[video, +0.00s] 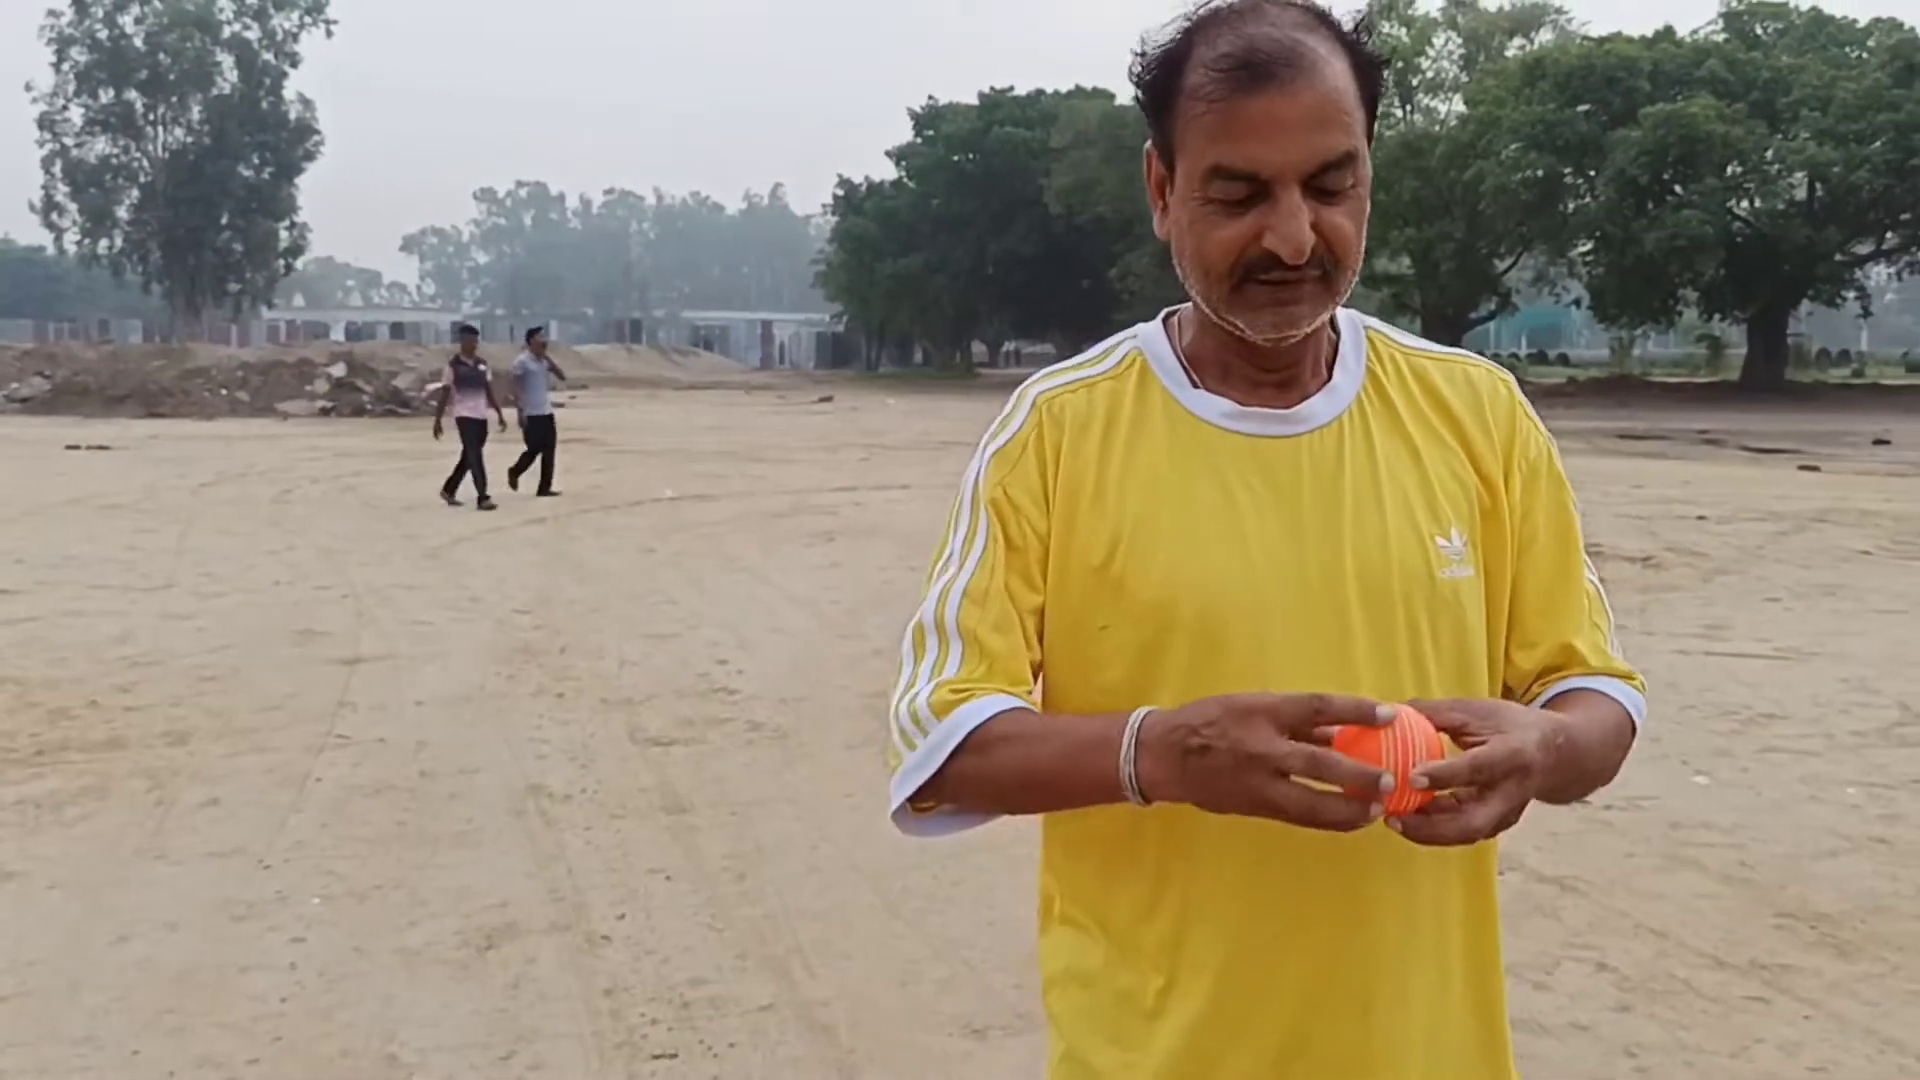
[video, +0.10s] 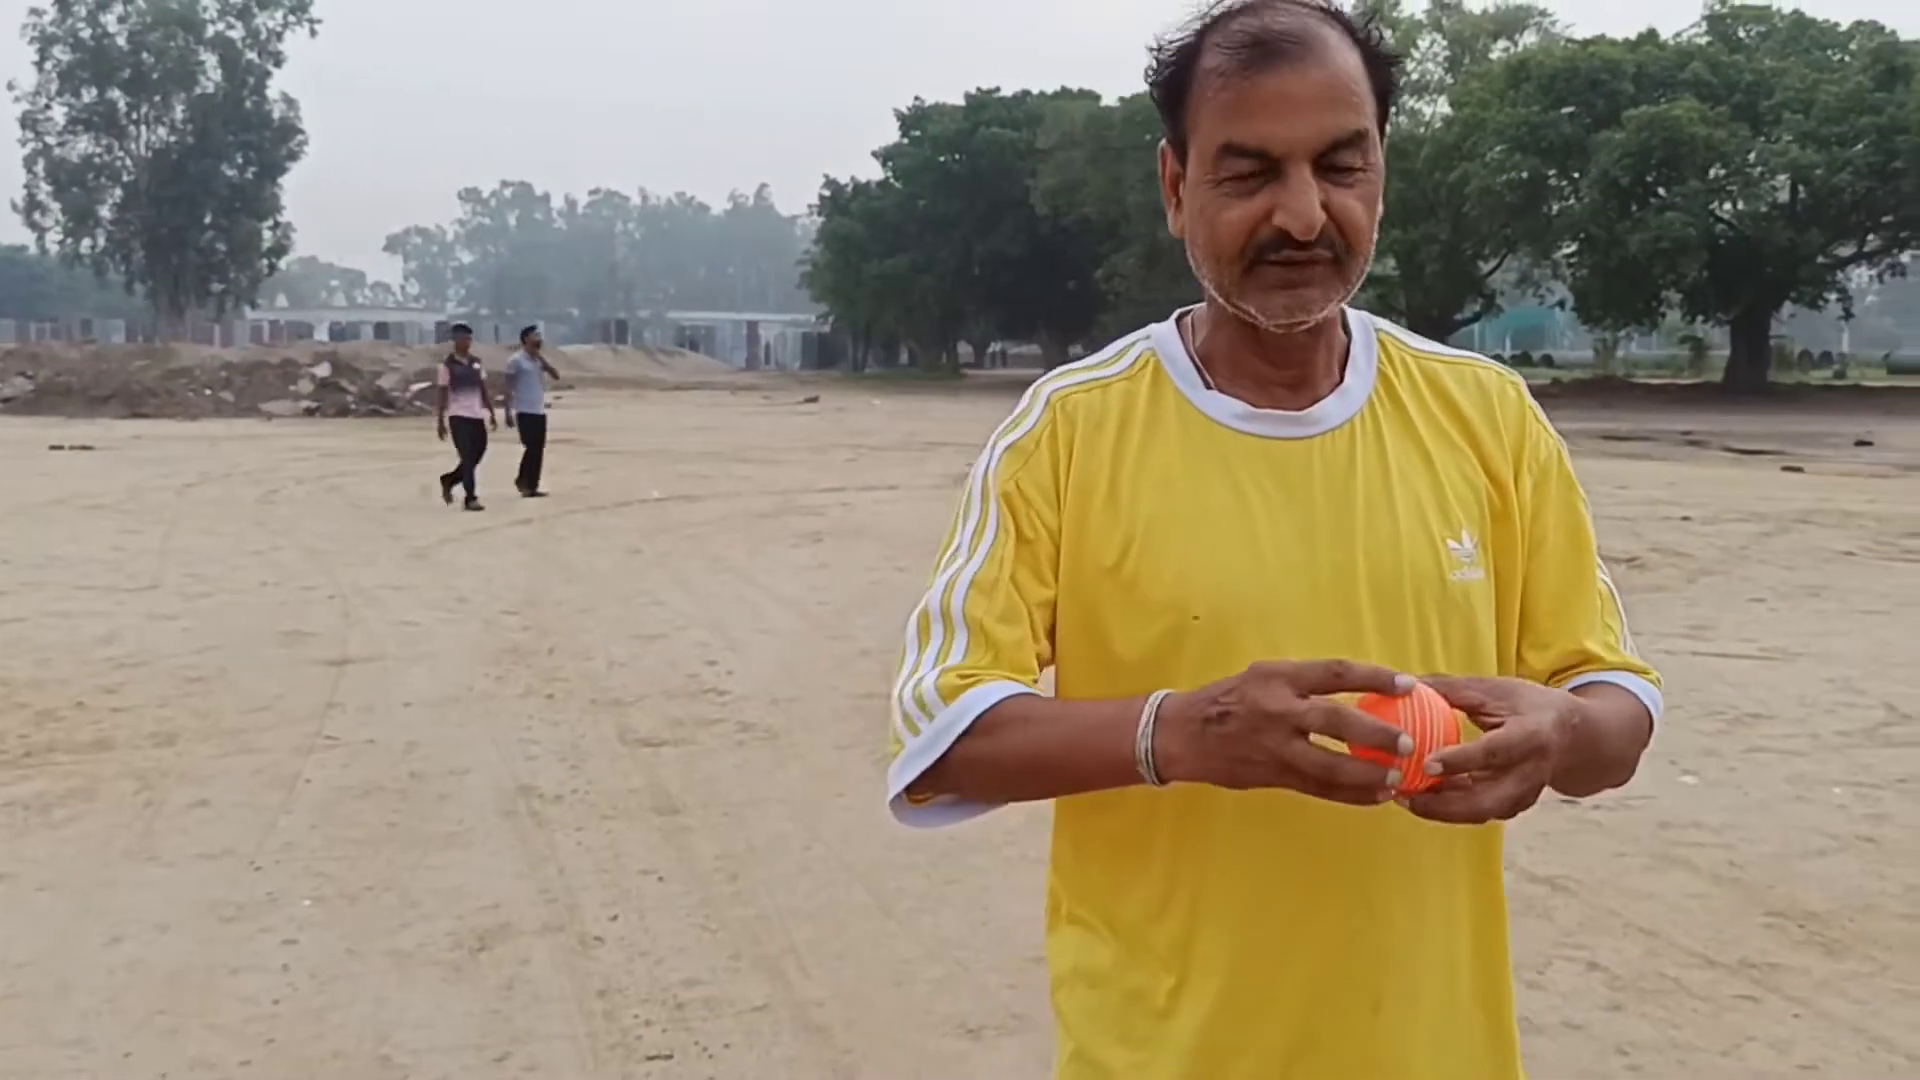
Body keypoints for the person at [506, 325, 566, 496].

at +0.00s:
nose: (543, 342)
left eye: (543, 338)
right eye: (539, 339)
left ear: (542, 341)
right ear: (530, 342)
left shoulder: (542, 361)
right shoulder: (521, 362)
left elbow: (561, 376)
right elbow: (515, 390)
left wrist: (547, 359)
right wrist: (520, 413)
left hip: (546, 413)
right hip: (531, 414)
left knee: (549, 452)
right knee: (534, 449)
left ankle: (545, 486)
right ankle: (514, 472)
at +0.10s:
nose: (538, 343)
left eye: (539, 339)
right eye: (534, 340)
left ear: (540, 341)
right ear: (525, 341)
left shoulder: (537, 360)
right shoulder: (515, 361)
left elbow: (555, 375)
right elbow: (508, 389)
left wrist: (541, 359)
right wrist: (508, 413)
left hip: (538, 410)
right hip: (524, 411)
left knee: (537, 450)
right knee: (531, 448)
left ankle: (533, 485)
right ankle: (523, 479)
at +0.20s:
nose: (523, 341)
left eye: (523, 337)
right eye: (519, 338)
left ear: (521, 341)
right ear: (509, 341)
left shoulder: (521, 362)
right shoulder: (499, 363)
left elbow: (539, 377)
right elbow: (488, 389)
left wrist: (524, 360)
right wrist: (488, 414)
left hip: (521, 412)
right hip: (507, 412)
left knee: (516, 452)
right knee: (517, 450)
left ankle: (507, 488)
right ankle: (521, 486)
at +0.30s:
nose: (512, 344)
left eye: (512, 340)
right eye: (508, 340)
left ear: (510, 344)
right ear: (498, 344)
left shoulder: (511, 365)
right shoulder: (488, 366)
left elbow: (528, 381)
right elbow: (477, 392)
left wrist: (514, 363)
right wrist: (475, 418)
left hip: (510, 416)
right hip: (496, 416)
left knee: (501, 455)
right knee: (507, 454)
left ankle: (489, 488)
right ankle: (520, 488)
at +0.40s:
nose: (495, 344)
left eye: (495, 340)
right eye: (490, 340)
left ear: (494, 344)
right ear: (480, 345)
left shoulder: (494, 366)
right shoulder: (471, 368)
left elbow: (511, 381)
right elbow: (462, 394)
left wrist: (496, 364)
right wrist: (461, 419)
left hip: (494, 415)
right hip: (480, 415)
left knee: (485, 452)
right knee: (491, 453)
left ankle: (467, 483)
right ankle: (498, 489)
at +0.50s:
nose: (487, 338)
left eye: (487, 334)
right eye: (483, 335)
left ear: (486, 338)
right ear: (473, 338)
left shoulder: (487, 360)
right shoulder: (463, 362)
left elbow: (504, 377)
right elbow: (456, 391)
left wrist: (489, 358)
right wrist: (459, 415)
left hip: (488, 412)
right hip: (472, 412)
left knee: (488, 450)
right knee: (481, 452)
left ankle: (465, 471)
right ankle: (482, 488)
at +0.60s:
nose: (472, 332)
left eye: (472, 328)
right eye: (468, 329)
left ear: (471, 332)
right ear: (458, 333)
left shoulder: (472, 353)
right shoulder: (448, 356)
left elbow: (488, 374)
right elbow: (444, 384)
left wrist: (475, 354)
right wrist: (449, 408)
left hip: (473, 408)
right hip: (455, 409)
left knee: (480, 444)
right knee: (456, 449)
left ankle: (459, 471)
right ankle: (458, 485)